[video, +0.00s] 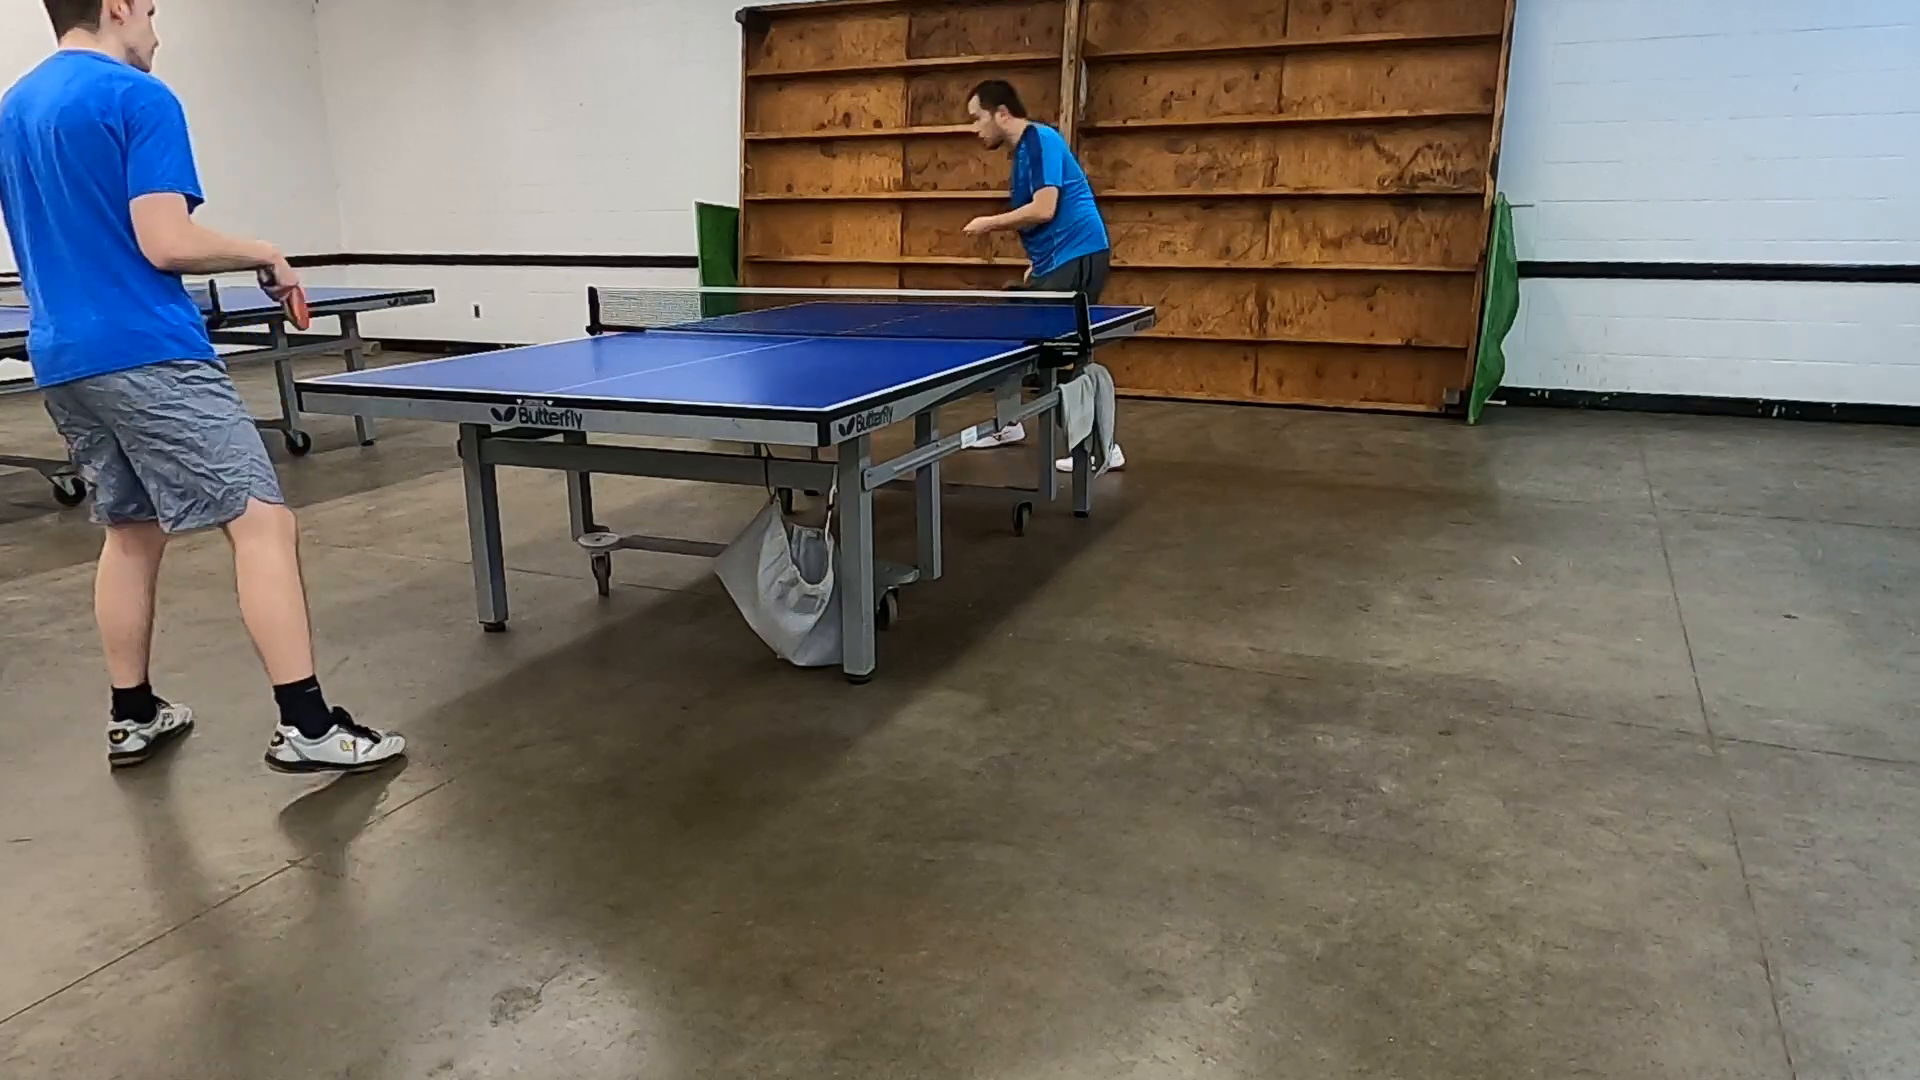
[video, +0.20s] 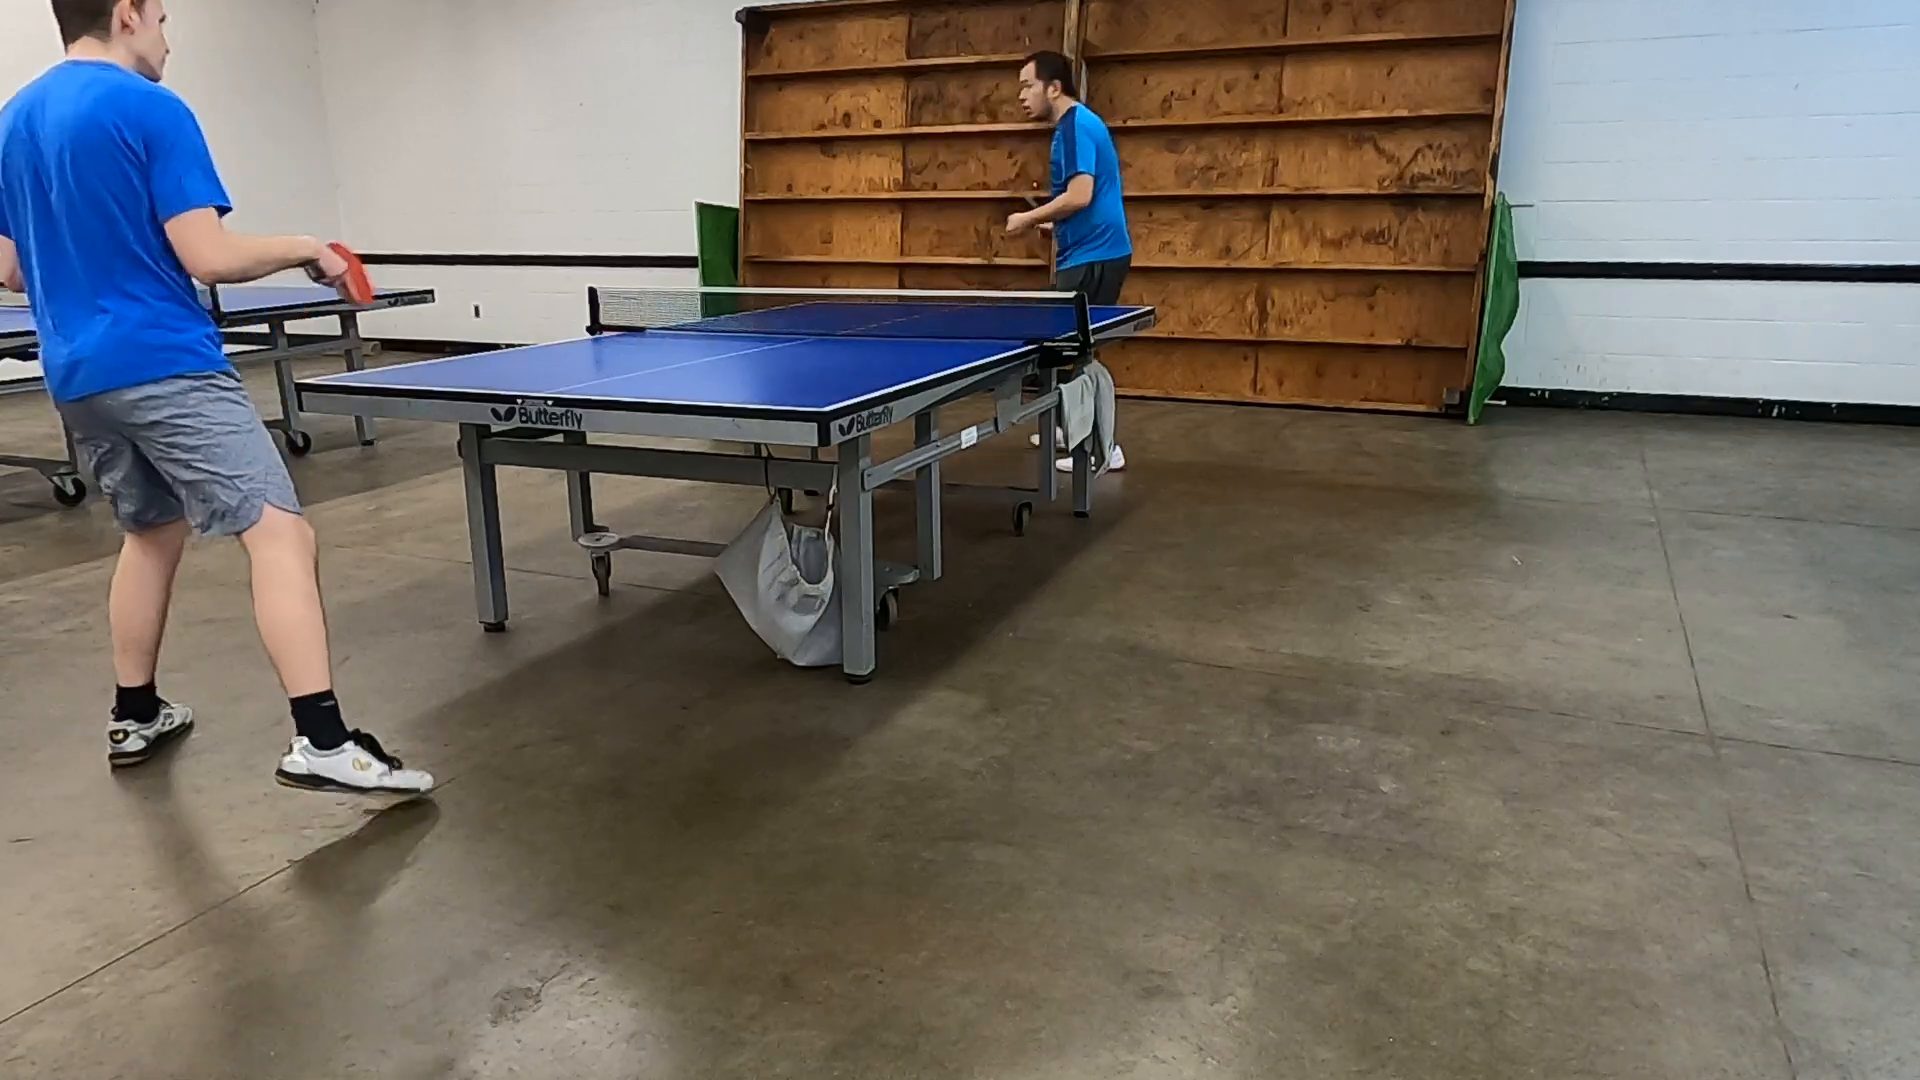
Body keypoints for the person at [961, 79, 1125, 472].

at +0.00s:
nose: (975, 128)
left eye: (977, 118)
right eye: (973, 120)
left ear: (1002, 114)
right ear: (1001, 116)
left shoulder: (1043, 139)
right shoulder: (1020, 155)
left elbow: (1045, 208)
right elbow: (1029, 217)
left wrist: (990, 222)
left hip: (1078, 253)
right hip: (1050, 260)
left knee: (1060, 352)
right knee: (1010, 330)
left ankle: (1099, 445)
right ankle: (1008, 421)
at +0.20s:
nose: (1021, 95)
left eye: (1028, 86)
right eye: (1021, 86)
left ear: (1054, 88)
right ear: (1054, 89)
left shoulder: (1079, 124)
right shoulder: (1071, 125)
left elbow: (1079, 194)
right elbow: (1091, 193)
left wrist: (1030, 217)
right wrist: (1057, 216)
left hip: (1096, 257)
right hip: (1082, 256)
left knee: (1069, 352)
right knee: (1063, 346)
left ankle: (1099, 447)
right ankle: (1070, 426)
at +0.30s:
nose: (1044, 86)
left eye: (1051, 77)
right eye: (1044, 77)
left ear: (1078, 81)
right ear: (1077, 82)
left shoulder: (1095, 121)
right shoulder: (1093, 118)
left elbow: (1099, 189)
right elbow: (1099, 188)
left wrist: (1051, 219)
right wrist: (1064, 208)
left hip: (1104, 256)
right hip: (1098, 254)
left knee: (1079, 350)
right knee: (1086, 344)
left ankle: (1102, 448)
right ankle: (1120, 418)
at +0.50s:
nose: (1085, 79)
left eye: (1093, 70)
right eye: (1086, 71)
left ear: (1121, 77)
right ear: (1118, 79)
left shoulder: (1132, 117)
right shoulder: (1127, 119)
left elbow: (1140, 188)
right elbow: (1130, 190)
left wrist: (1086, 220)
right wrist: (1084, 202)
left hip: (1126, 258)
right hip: (1133, 257)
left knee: (1101, 354)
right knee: (1137, 346)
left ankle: (1101, 446)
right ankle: (1207, 415)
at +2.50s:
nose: (1097, 150)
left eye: (1105, 140)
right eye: (1094, 143)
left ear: (1134, 138)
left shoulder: (1170, 163)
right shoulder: (1145, 180)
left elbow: (1241, 199)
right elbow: (1172, 233)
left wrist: (1228, 276)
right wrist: (1159, 283)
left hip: (1229, 279)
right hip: (1206, 281)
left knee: (1175, 367)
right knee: (1191, 372)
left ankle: (1217, 468)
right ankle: (1234, 447)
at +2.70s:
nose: (1103, 120)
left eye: (1112, 110)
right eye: (1099, 111)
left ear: (1142, 111)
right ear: (1100, 115)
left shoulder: (1179, 145)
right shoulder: (1125, 163)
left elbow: (1238, 192)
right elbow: (1129, 210)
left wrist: (1219, 266)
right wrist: (1119, 258)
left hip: (1199, 274)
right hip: (1158, 275)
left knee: (1175, 361)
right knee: (1123, 352)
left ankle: (1214, 462)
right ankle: (1179, 413)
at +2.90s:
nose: (1095, 122)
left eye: (1104, 113)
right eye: (1090, 114)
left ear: (1131, 115)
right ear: (1087, 119)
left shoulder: (1169, 156)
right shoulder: (1103, 172)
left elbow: (1212, 209)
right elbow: (1090, 224)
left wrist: (1181, 263)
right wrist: (1070, 255)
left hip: (1179, 277)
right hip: (1129, 281)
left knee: (1166, 361)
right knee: (1097, 359)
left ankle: (1206, 463)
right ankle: (1086, 434)